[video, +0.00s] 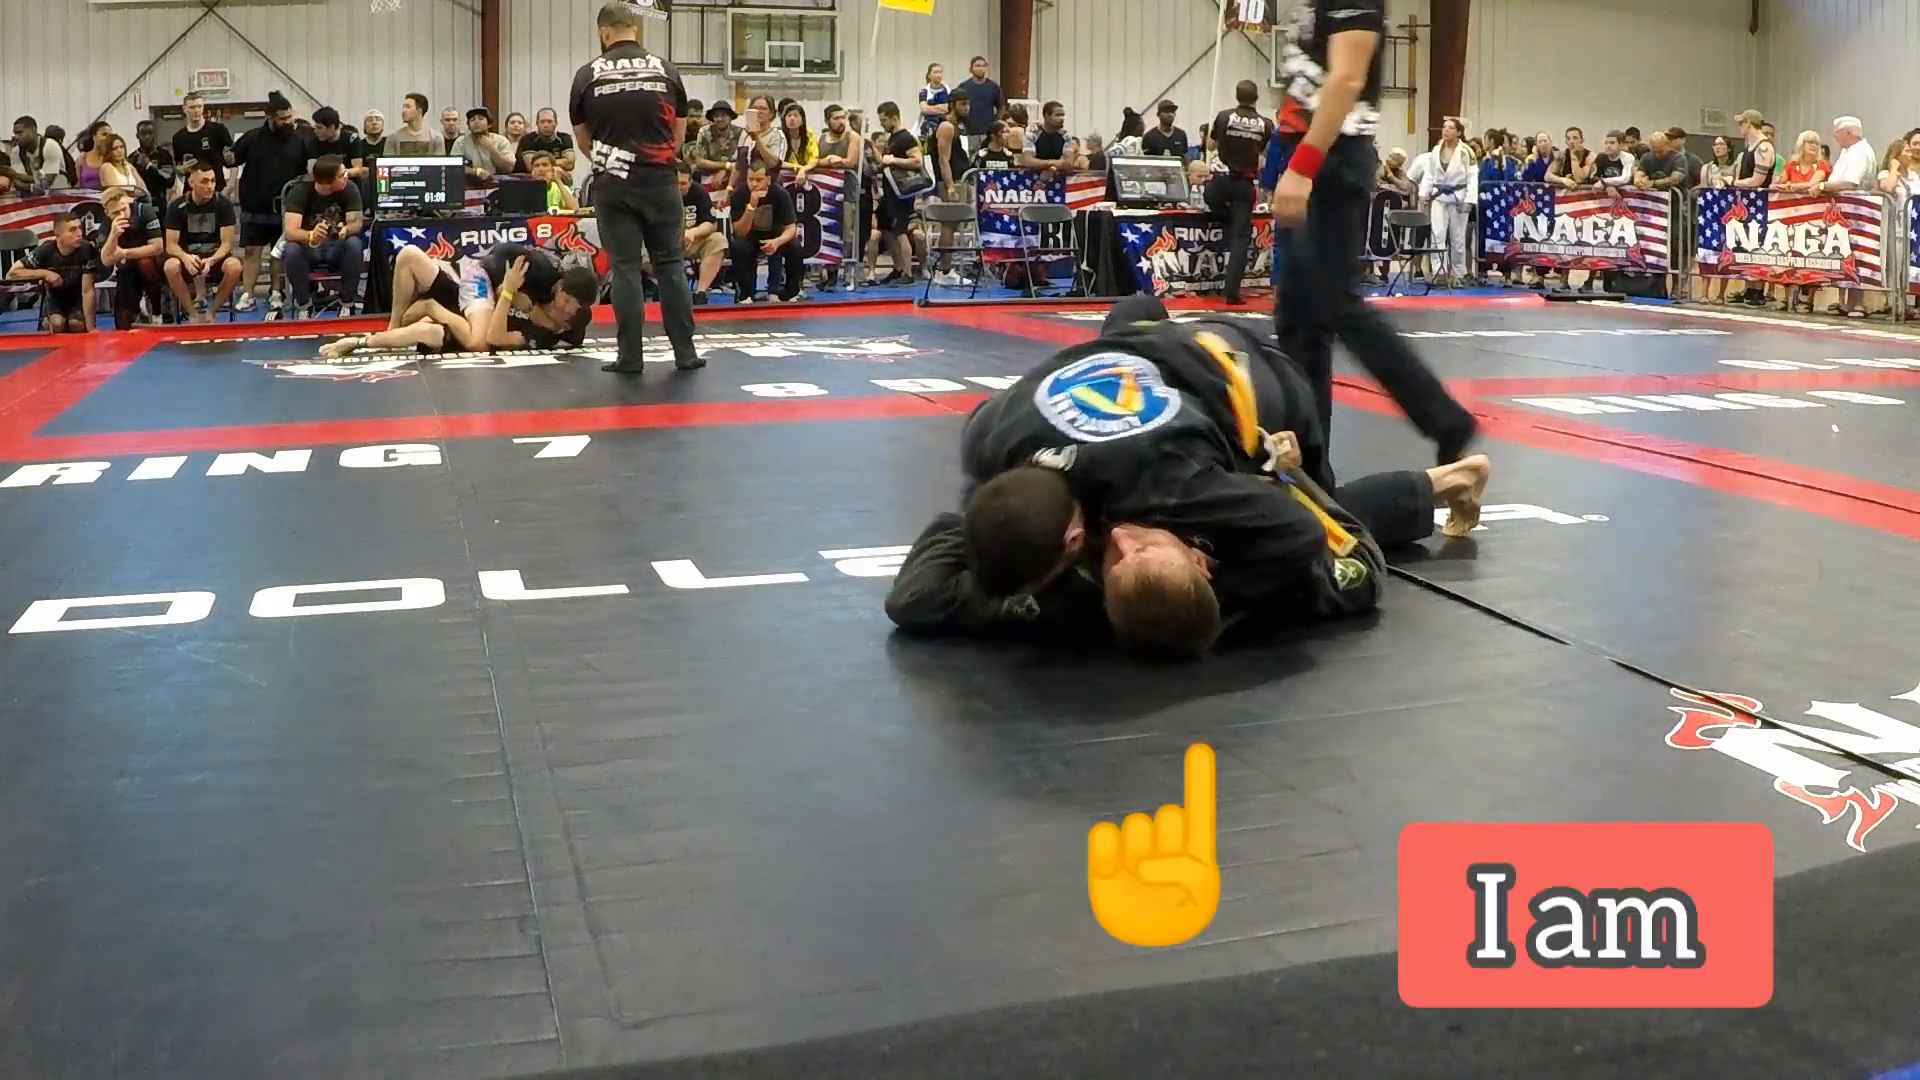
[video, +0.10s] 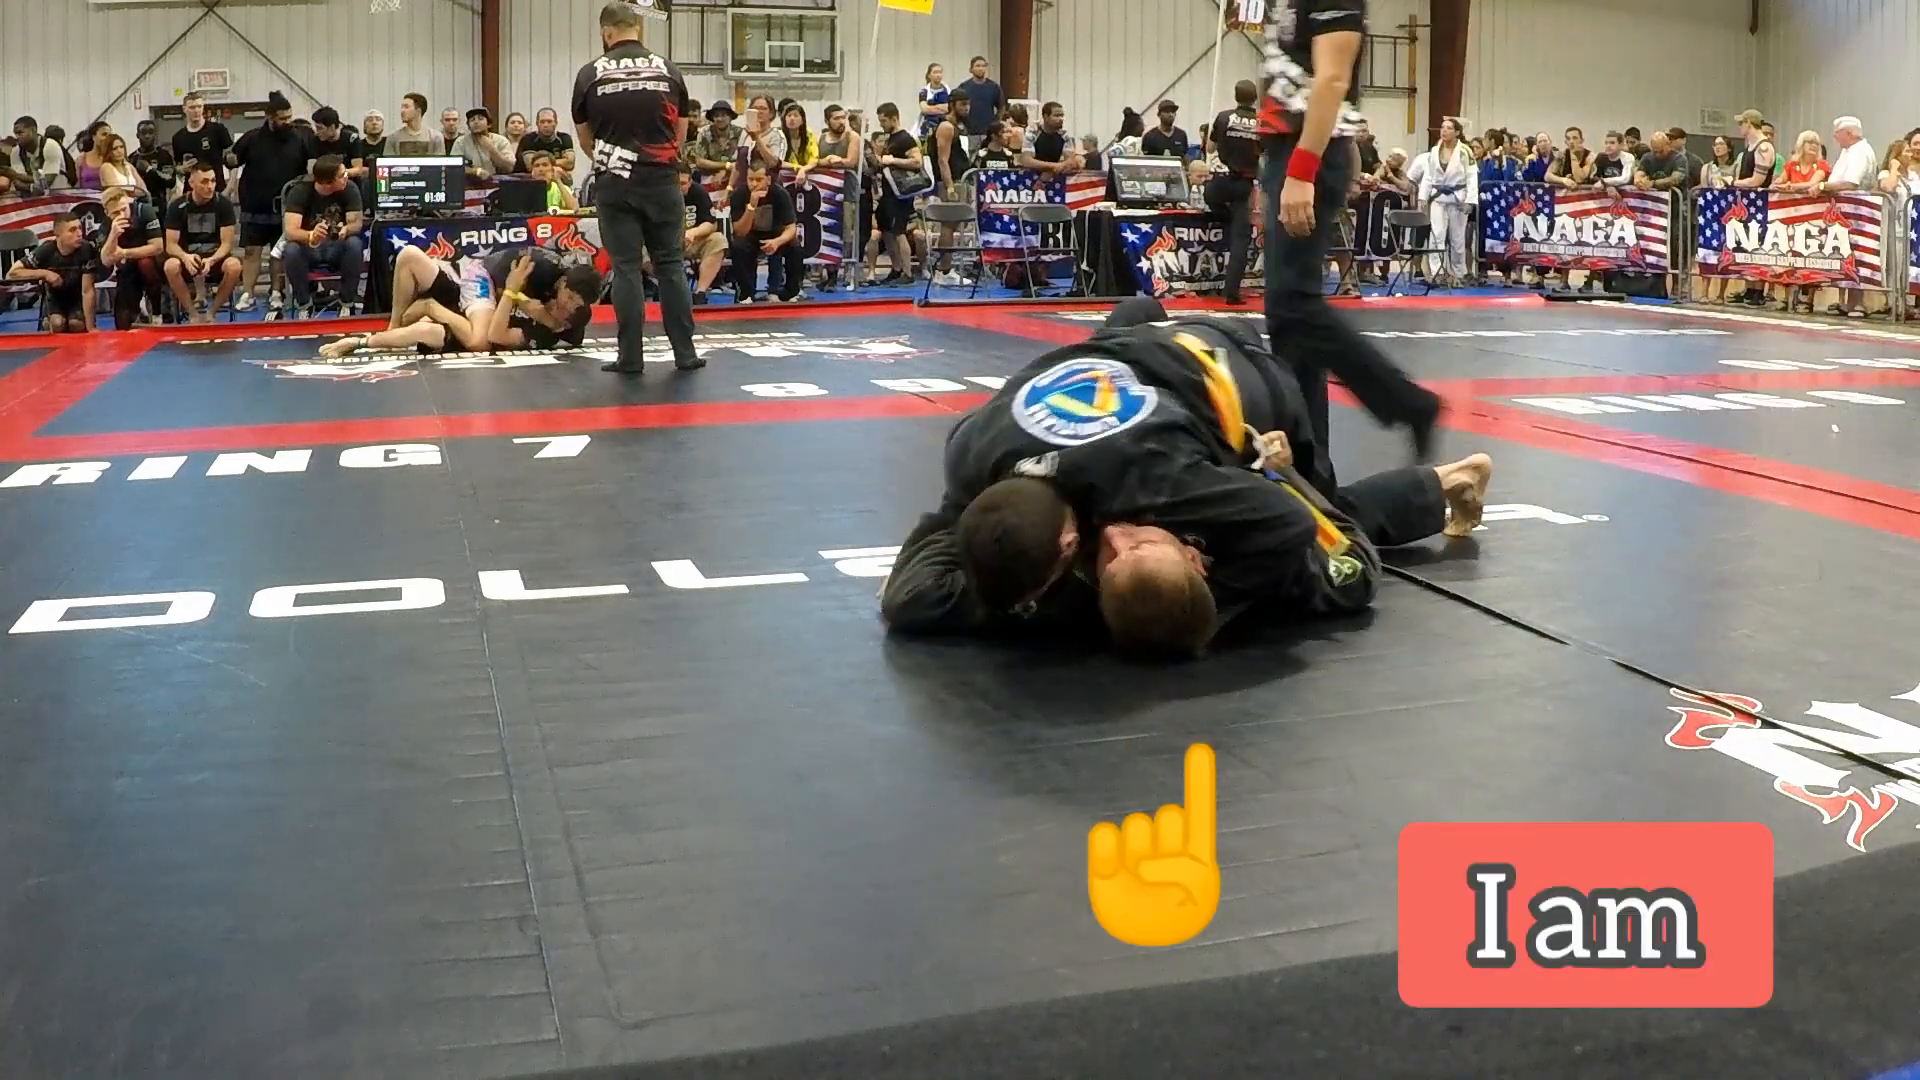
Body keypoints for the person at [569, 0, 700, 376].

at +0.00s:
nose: (601, 40)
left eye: (600, 36)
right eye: (603, 36)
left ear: (603, 34)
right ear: (637, 31)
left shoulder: (588, 73)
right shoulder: (666, 68)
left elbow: (584, 140)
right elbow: (678, 133)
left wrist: (611, 165)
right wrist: (658, 162)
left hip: (612, 184)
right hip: (660, 181)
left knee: (625, 268)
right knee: (670, 263)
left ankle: (630, 357)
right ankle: (685, 353)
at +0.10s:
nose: (602, 39)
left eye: (602, 35)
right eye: (604, 35)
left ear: (606, 32)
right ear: (639, 31)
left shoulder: (590, 73)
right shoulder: (668, 68)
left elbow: (585, 138)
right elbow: (680, 130)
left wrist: (610, 163)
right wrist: (665, 162)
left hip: (614, 184)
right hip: (662, 181)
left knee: (625, 268)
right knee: (670, 264)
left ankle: (630, 358)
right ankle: (685, 353)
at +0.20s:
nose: (607, 39)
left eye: (606, 35)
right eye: (609, 35)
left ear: (610, 32)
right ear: (642, 29)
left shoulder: (594, 72)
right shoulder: (671, 68)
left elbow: (589, 137)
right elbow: (685, 128)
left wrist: (612, 167)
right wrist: (669, 162)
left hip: (617, 183)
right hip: (665, 180)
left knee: (627, 268)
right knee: (672, 263)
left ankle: (631, 358)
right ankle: (686, 354)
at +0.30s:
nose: (610, 38)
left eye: (609, 33)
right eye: (610, 33)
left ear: (615, 30)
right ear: (645, 27)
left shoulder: (597, 73)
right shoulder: (676, 68)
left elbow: (594, 138)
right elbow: (688, 129)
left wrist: (617, 164)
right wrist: (669, 159)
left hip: (620, 183)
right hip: (669, 180)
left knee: (629, 267)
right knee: (674, 263)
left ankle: (631, 358)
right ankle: (686, 355)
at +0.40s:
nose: (614, 38)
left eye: (614, 33)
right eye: (615, 33)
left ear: (620, 31)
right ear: (649, 27)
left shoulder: (602, 71)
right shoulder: (680, 69)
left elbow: (596, 137)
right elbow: (689, 131)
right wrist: (670, 157)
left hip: (623, 183)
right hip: (671, 181)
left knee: (629, 267)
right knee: (675, 263)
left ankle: (631, 358)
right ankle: (686, 354)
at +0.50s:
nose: (617, 37)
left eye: (617, 32)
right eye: (618, 32)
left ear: (622, 30)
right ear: (652, 27)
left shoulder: (606, 71)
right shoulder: (683, 69)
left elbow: (598, 136)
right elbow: (691, 130)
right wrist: (671, 158)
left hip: (626, 183)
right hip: (673, 181)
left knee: (631, 267)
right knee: (677, 263)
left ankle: (631, 358)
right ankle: (686, 354)